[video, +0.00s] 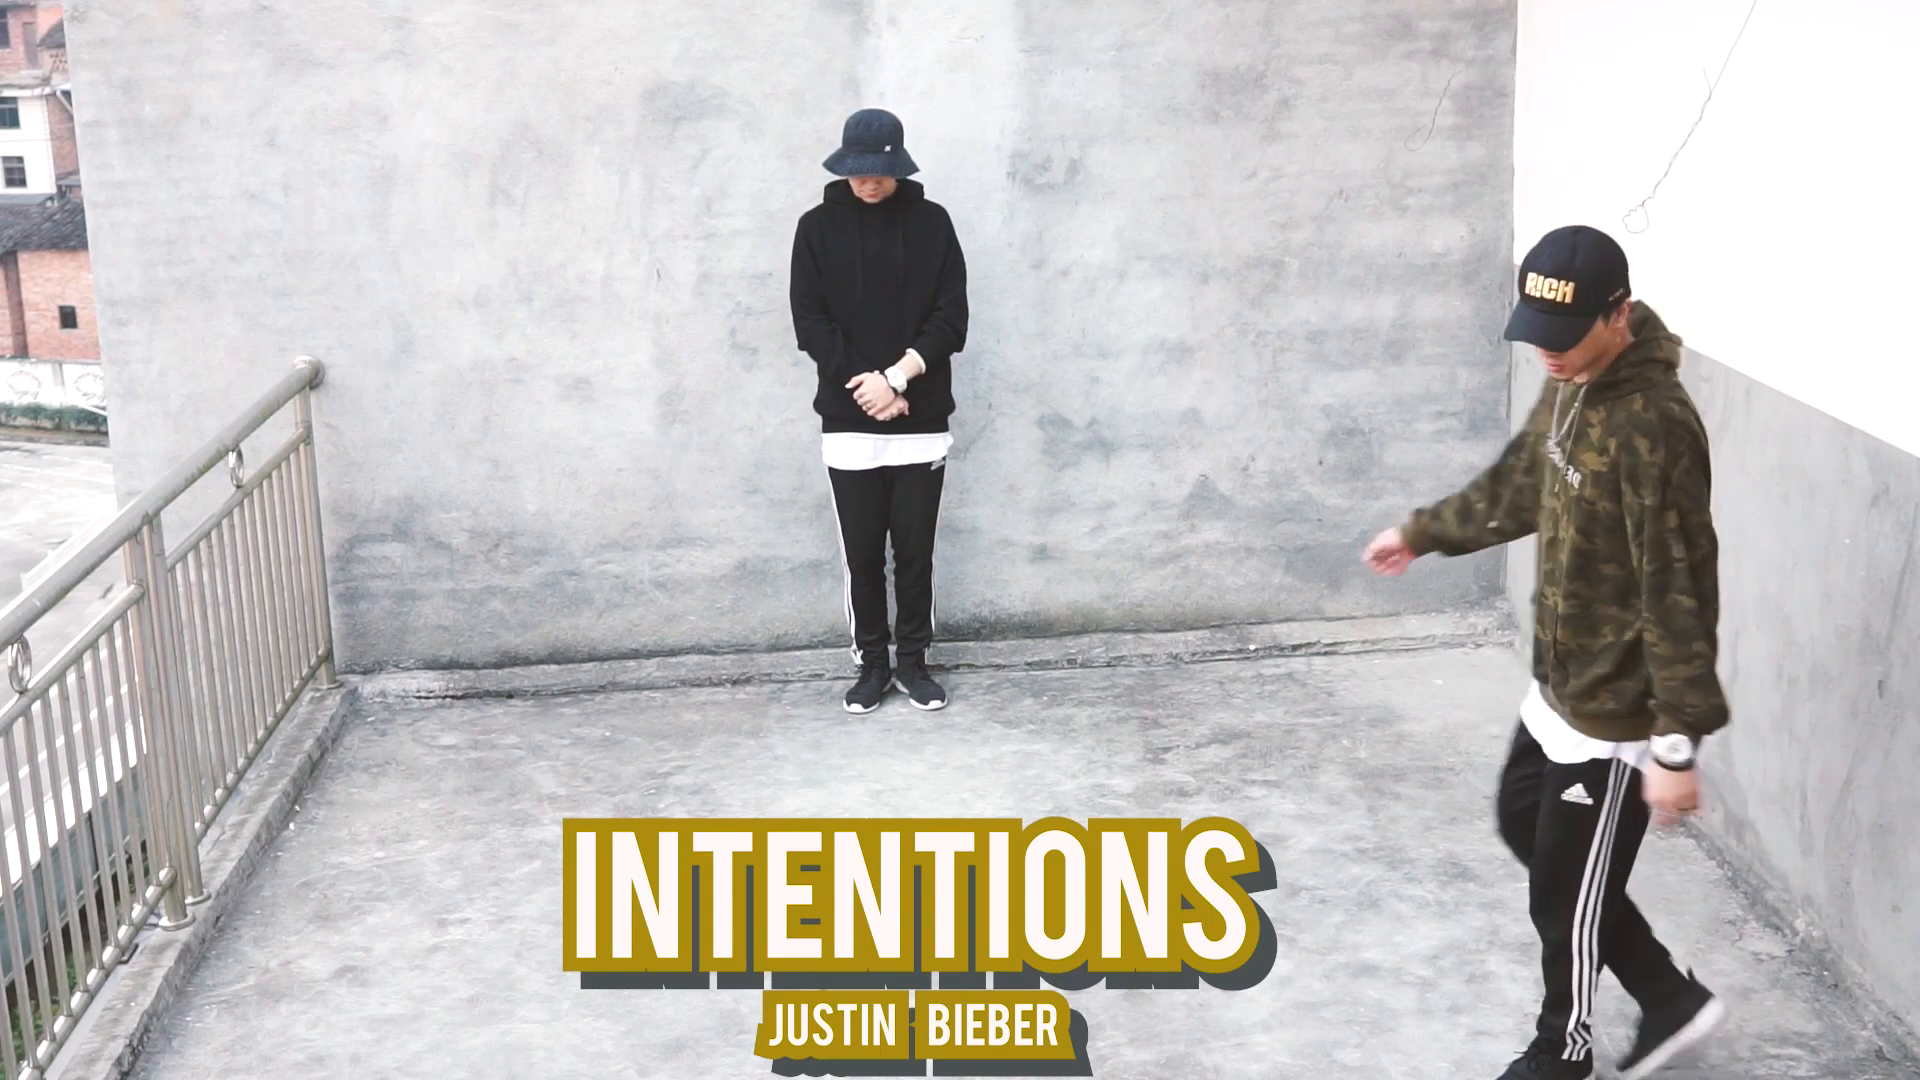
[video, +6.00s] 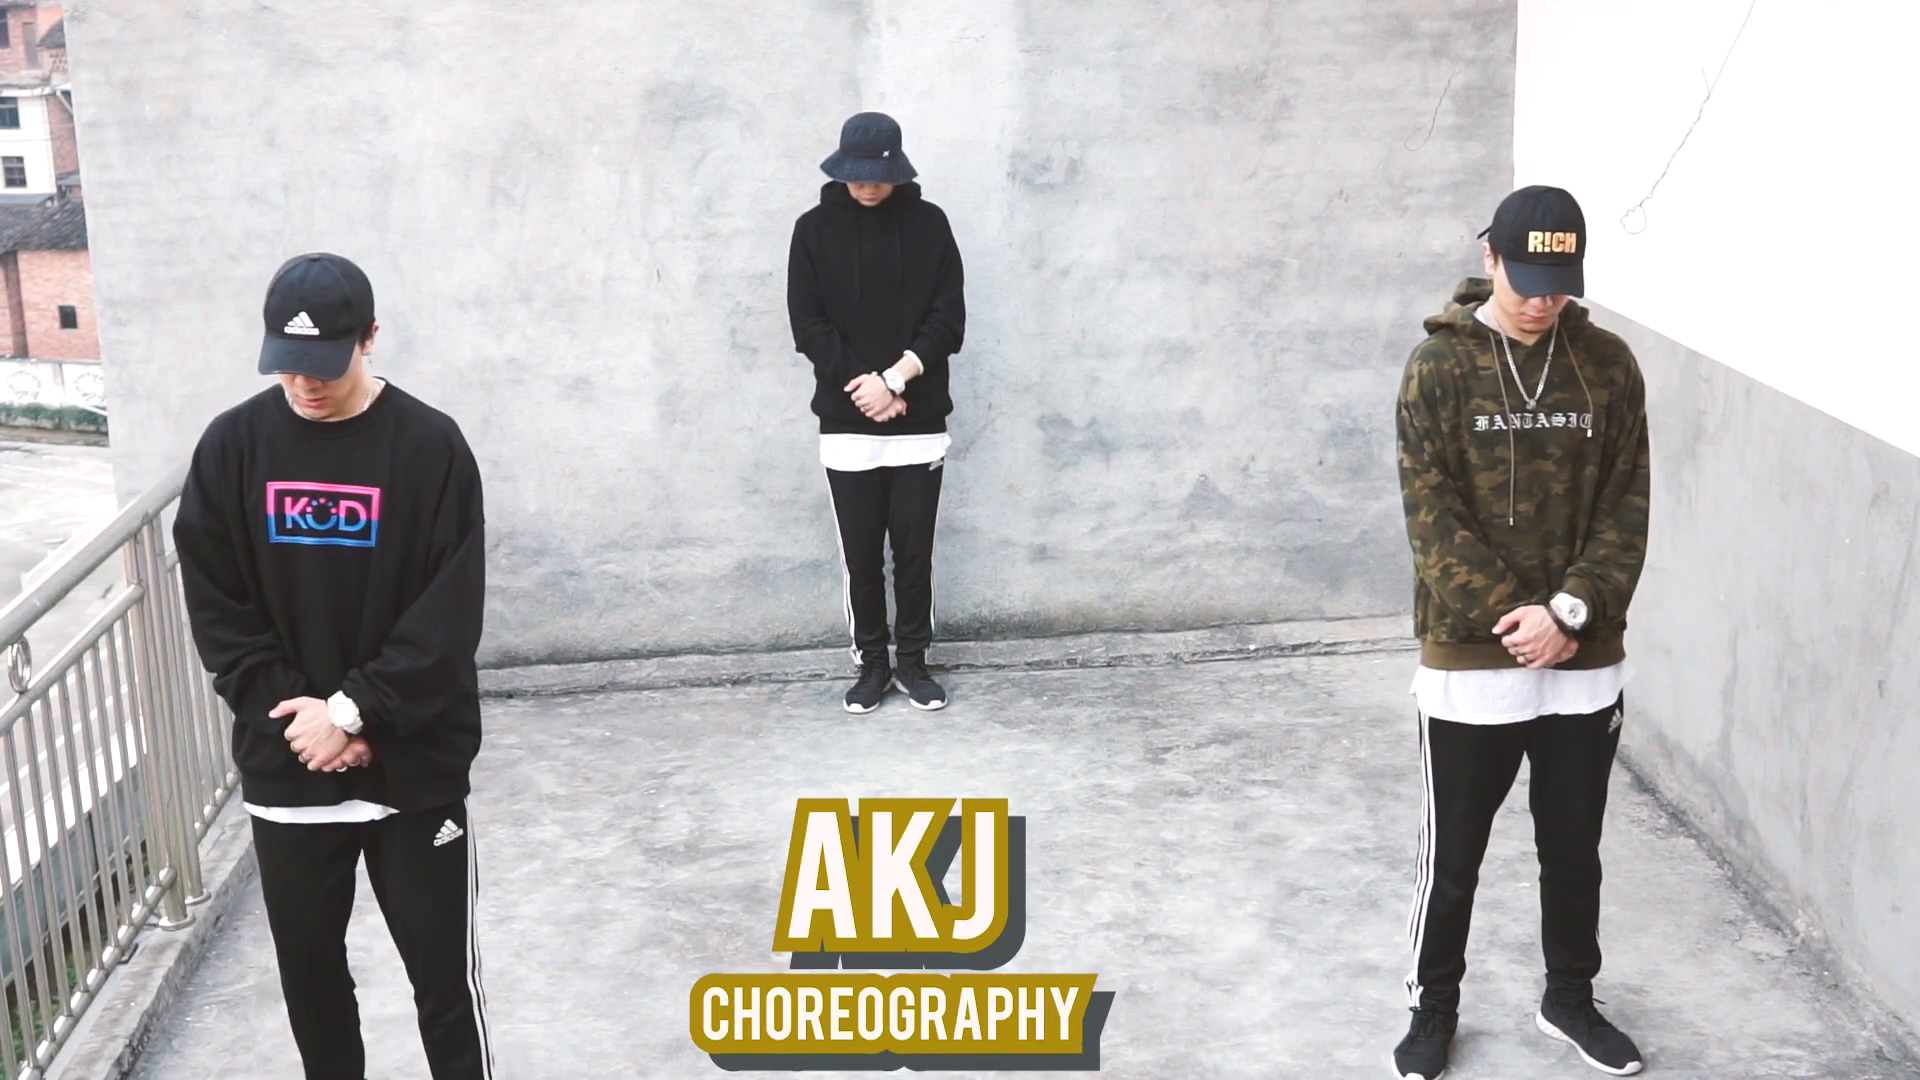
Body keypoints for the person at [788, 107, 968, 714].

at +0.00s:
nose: (869, 182)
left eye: (880, 171)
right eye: (859, 171)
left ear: (900, 168)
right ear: (844, 168)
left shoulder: (931, 221)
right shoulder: (818, 226)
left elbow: (952, 318)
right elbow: (810, 323)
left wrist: (897, 373)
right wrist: (866, 386)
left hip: (921, 415)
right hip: (847, 417)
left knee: (914, 550)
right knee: (863, 553)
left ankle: (913, 664)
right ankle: (873, 667)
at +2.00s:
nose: (864, 185)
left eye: (876, 174)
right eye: (854, 174)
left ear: (896, 170)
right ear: (839, 170)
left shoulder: (927, 221)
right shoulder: (813, 227)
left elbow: (947, 318)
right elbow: (806, 323)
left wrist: (894, 373)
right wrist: (862, 387)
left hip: (919, 413)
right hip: (845, 416)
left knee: (913, 549)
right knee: (861, 552)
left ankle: (913, 663)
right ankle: (872, 666)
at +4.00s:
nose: (871, 189)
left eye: (882, 179)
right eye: (860, 178)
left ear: (900, 172)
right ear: (843, 173)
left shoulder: (930, 222)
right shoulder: (817, 228)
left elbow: (950, 318)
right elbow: (808, 324)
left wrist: (896, 374)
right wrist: (865, 387)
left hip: (921, 416)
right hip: (846, 419)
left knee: (914, 550)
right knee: (862, 554)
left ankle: (913, 663)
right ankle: (872, 666)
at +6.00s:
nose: (868, 187)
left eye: (879, 176)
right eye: (857, 176)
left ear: (898, 171)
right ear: (841, 172)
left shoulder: (928, 222)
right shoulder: (815, 228)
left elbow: (949, 318)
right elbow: (807, 325)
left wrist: (896, 374)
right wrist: (864, 387)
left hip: (920, 416)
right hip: (846, 419)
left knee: (913, 550)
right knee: (861, 553)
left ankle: (912, 663)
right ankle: (873, 667)